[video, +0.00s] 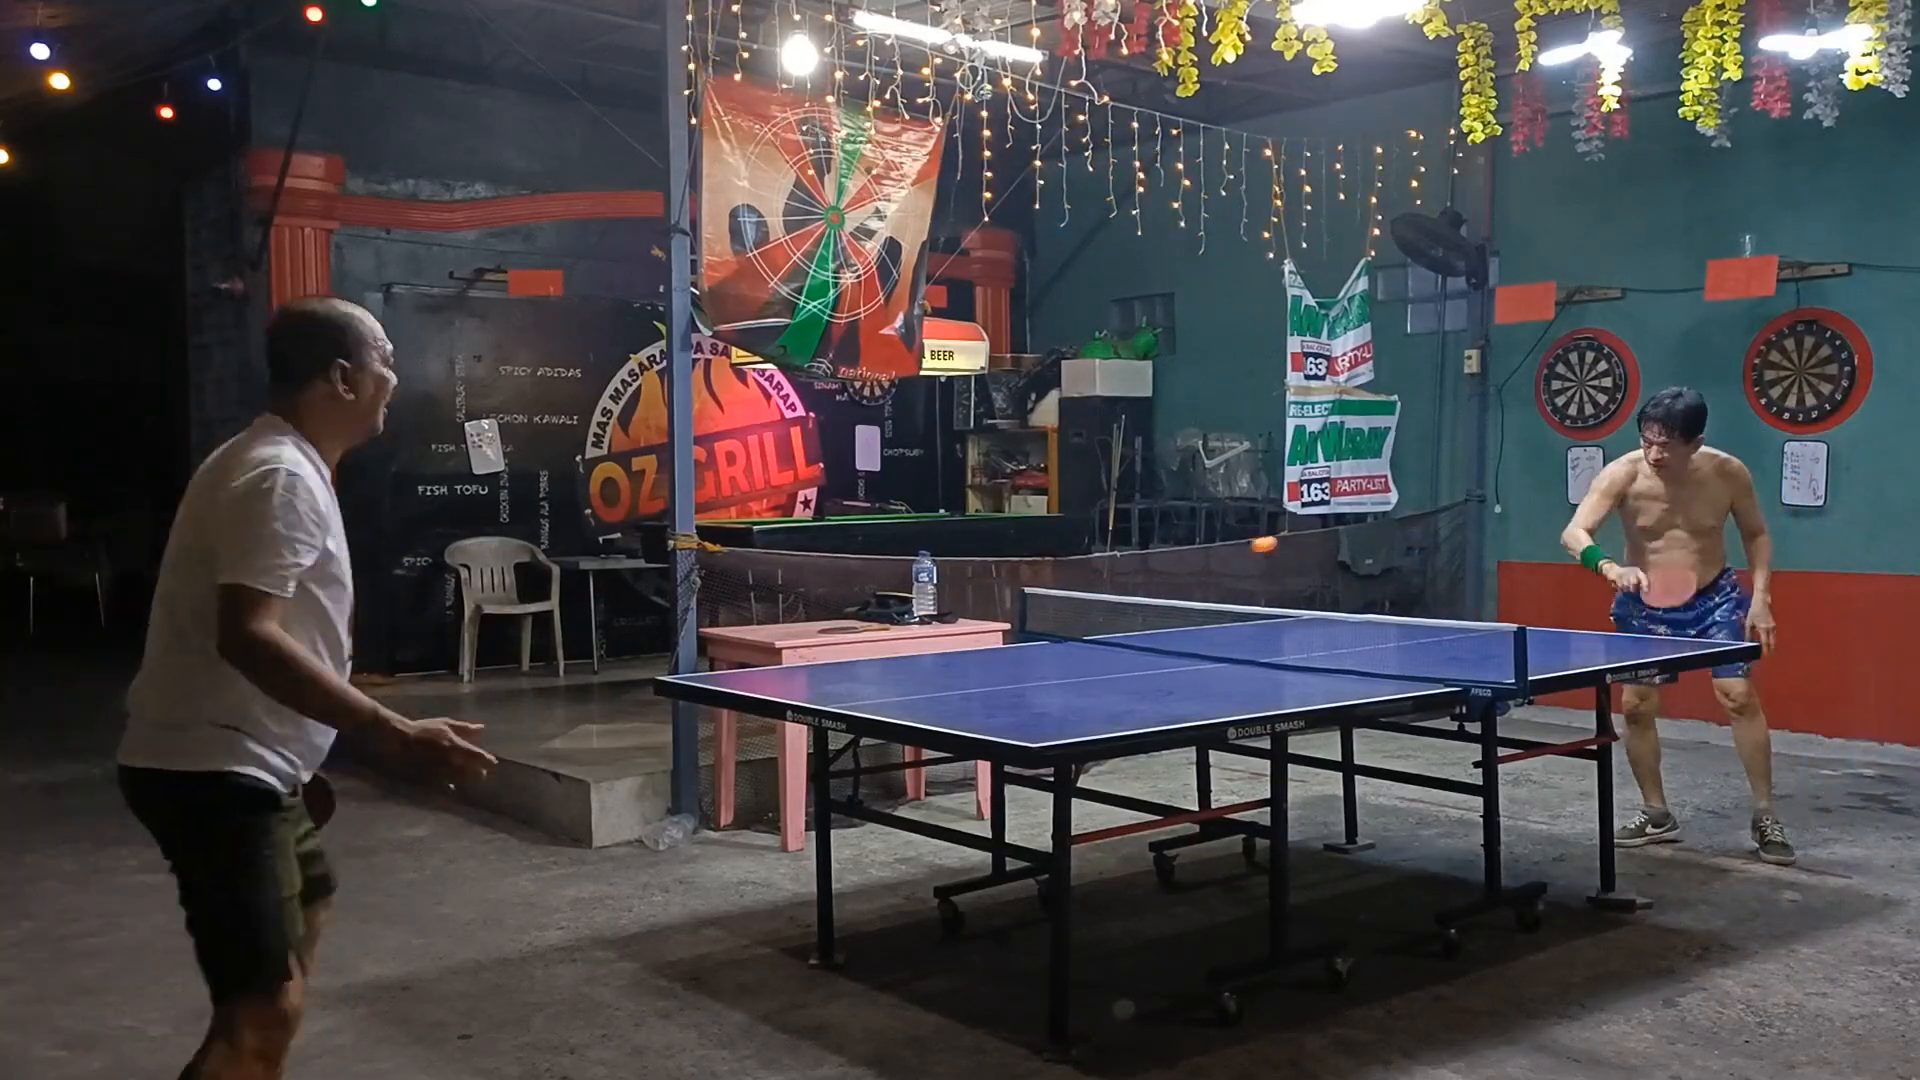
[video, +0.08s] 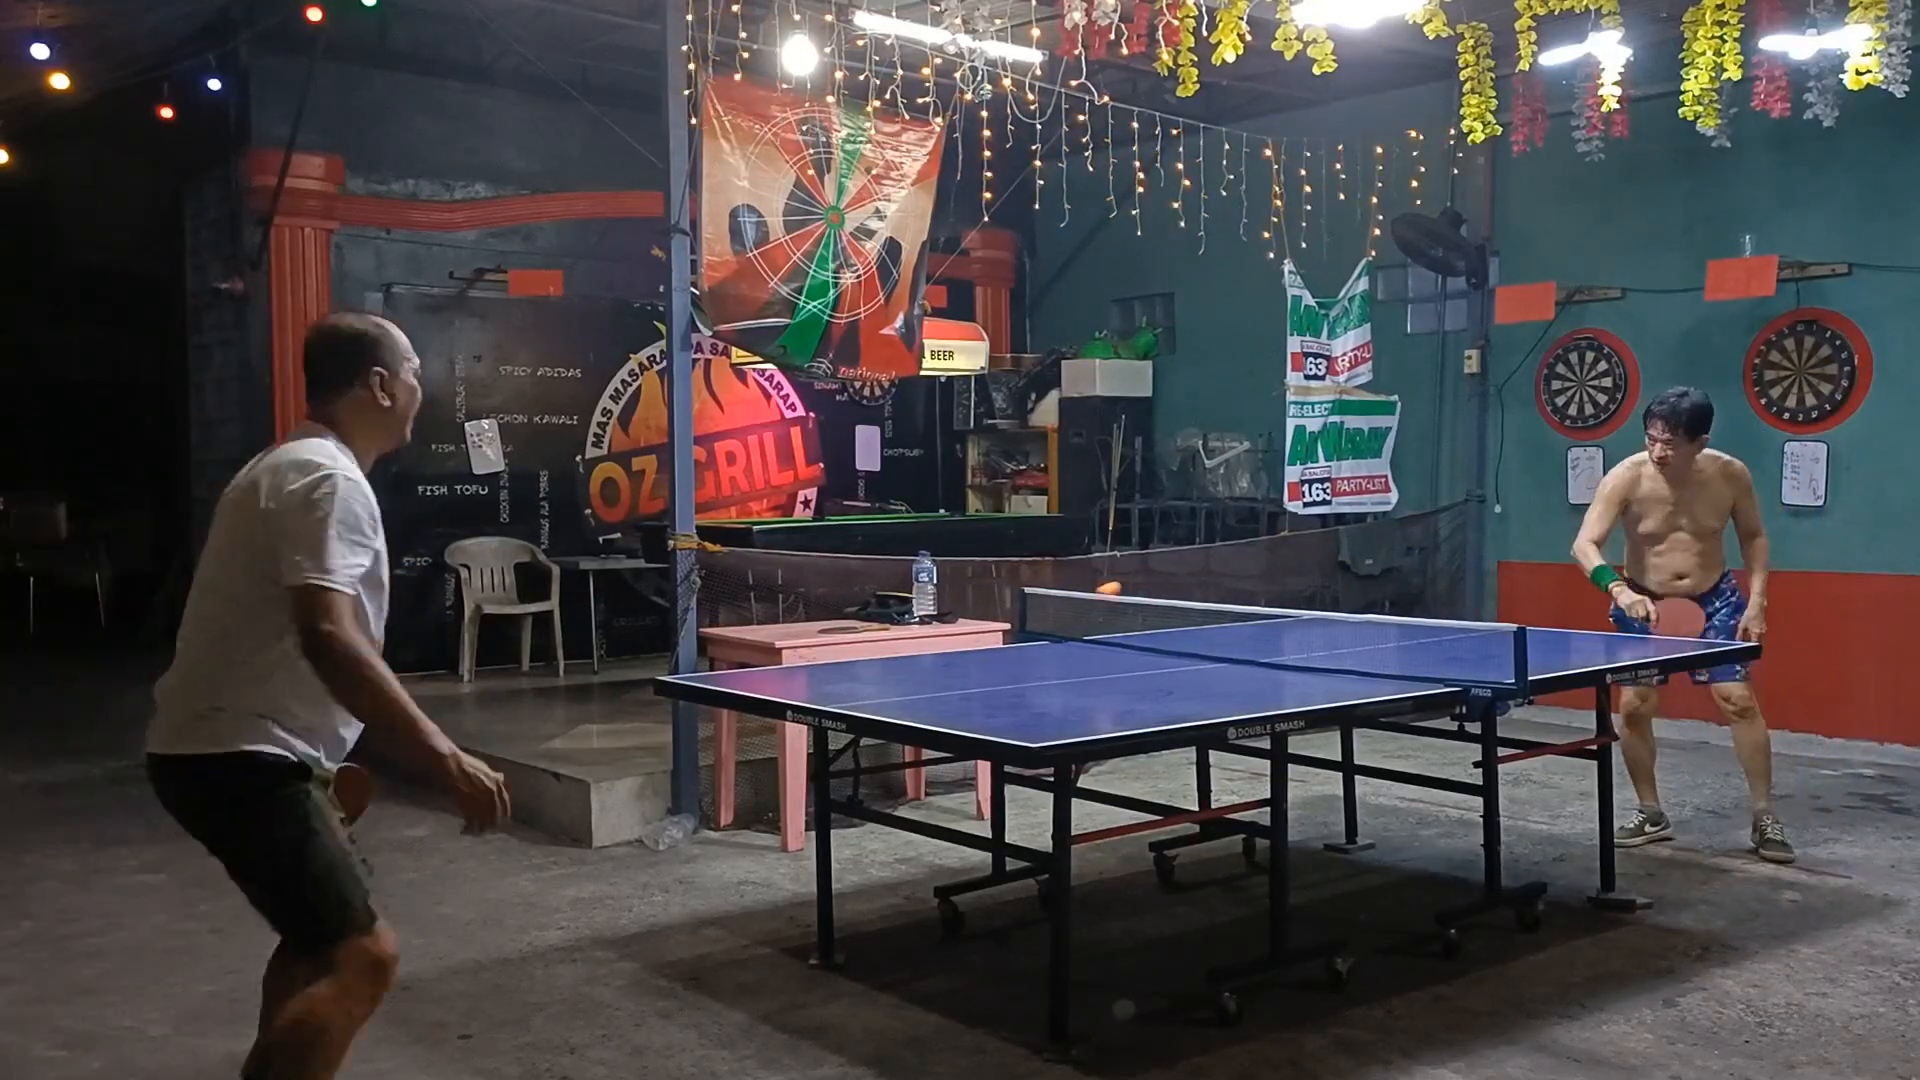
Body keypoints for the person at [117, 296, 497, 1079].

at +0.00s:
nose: (393, 382)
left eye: (390, 365)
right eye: (384, 365)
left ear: (325, 380)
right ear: (342, 379)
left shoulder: (268, 460)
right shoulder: (278, 473)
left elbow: (221, 642)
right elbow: (247, 634)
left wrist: (284, 764)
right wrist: (400, 734)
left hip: (229, 760)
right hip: (210, 768)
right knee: (263, 1012)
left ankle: (248, 1053)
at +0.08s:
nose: (420, 391)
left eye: (417, 375)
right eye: (413, 374)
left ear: (337, 389)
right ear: (380, 384)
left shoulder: (273, 470)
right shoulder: (329, 479)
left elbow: (252, 642)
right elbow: (331, 635)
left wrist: (319, 762)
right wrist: (449, 760)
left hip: (203, 745)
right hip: (241, 752)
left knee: (315, 943)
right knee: (361, 959)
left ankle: (274, 1063)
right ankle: (279, 1068)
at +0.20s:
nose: (450, 428)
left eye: (448, 411)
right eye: (445, 410)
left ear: (363, 417)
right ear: (417, 412)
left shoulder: (319, 490)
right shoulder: (371, 501)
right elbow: (424, 654)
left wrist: (342, 772)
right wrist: (517, 780)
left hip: (226, 745)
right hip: (254, 756)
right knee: (413, 949)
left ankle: (285, 1044)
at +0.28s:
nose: (454, 457)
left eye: (455, 444)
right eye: (455, 443)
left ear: (374, 441)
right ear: (440, 440)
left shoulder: (328, 511)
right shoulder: (399, 512)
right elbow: (449, 639)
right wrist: (557, 747)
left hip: (237, 758)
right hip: (299, 763)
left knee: (357, 871)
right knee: (443, 950)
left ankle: (353, 1020)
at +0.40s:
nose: (444, 461)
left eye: (442, 449)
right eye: (444, 449)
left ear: (368, 450)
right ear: (430, 446)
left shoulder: (312, 526)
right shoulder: (408, 501)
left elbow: (295, 639)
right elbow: (425, 587)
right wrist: (517, 681)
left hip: (268, 759)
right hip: (340, 756)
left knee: (356, 891)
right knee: (424, 952)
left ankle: (390, 1015)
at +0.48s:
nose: (428, 482)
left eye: (426, 472)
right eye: (427, 472)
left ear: (357, 477)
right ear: (414, 470)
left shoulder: (322, 544)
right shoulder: (397, 506)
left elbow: (322, 646)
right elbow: (398, 566)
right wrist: (471, 640)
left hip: (287, 755)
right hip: (363, 748)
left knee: (377, 856)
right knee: (388, 947)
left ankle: (398, 983)